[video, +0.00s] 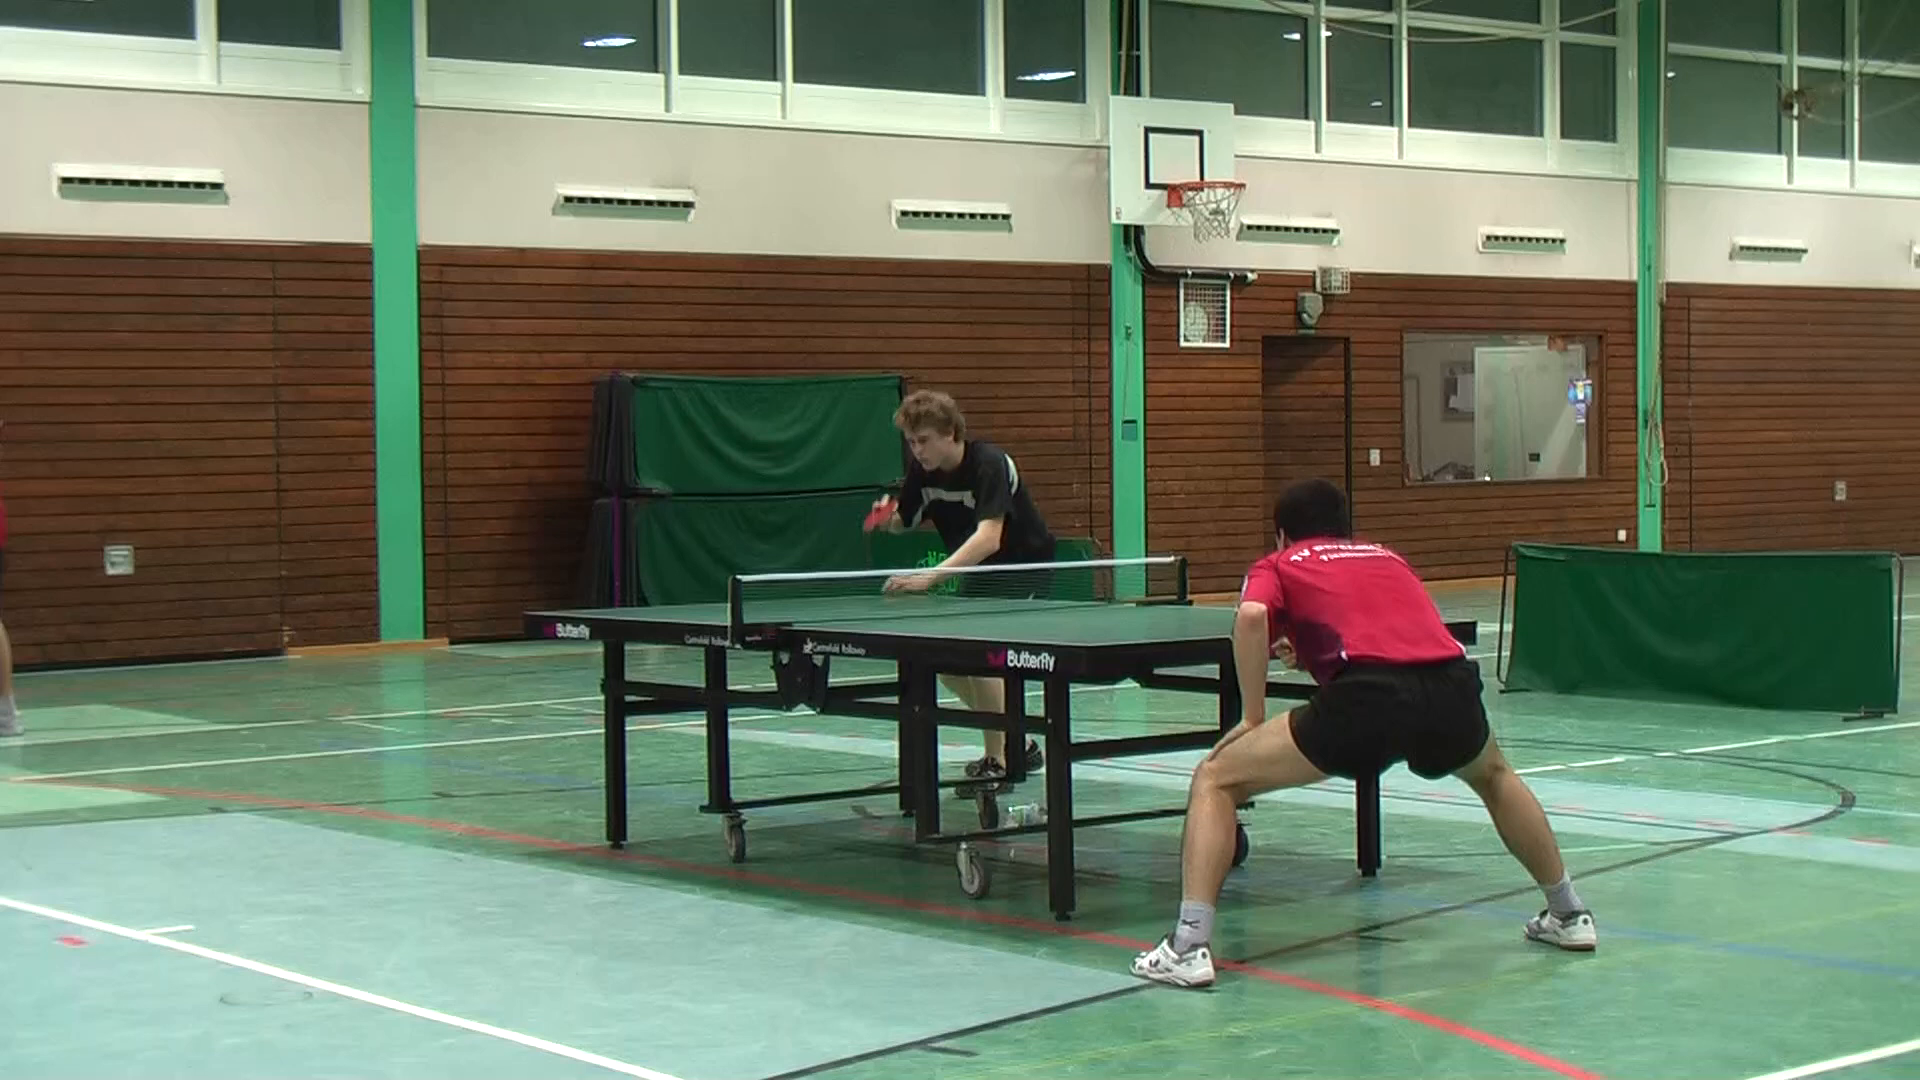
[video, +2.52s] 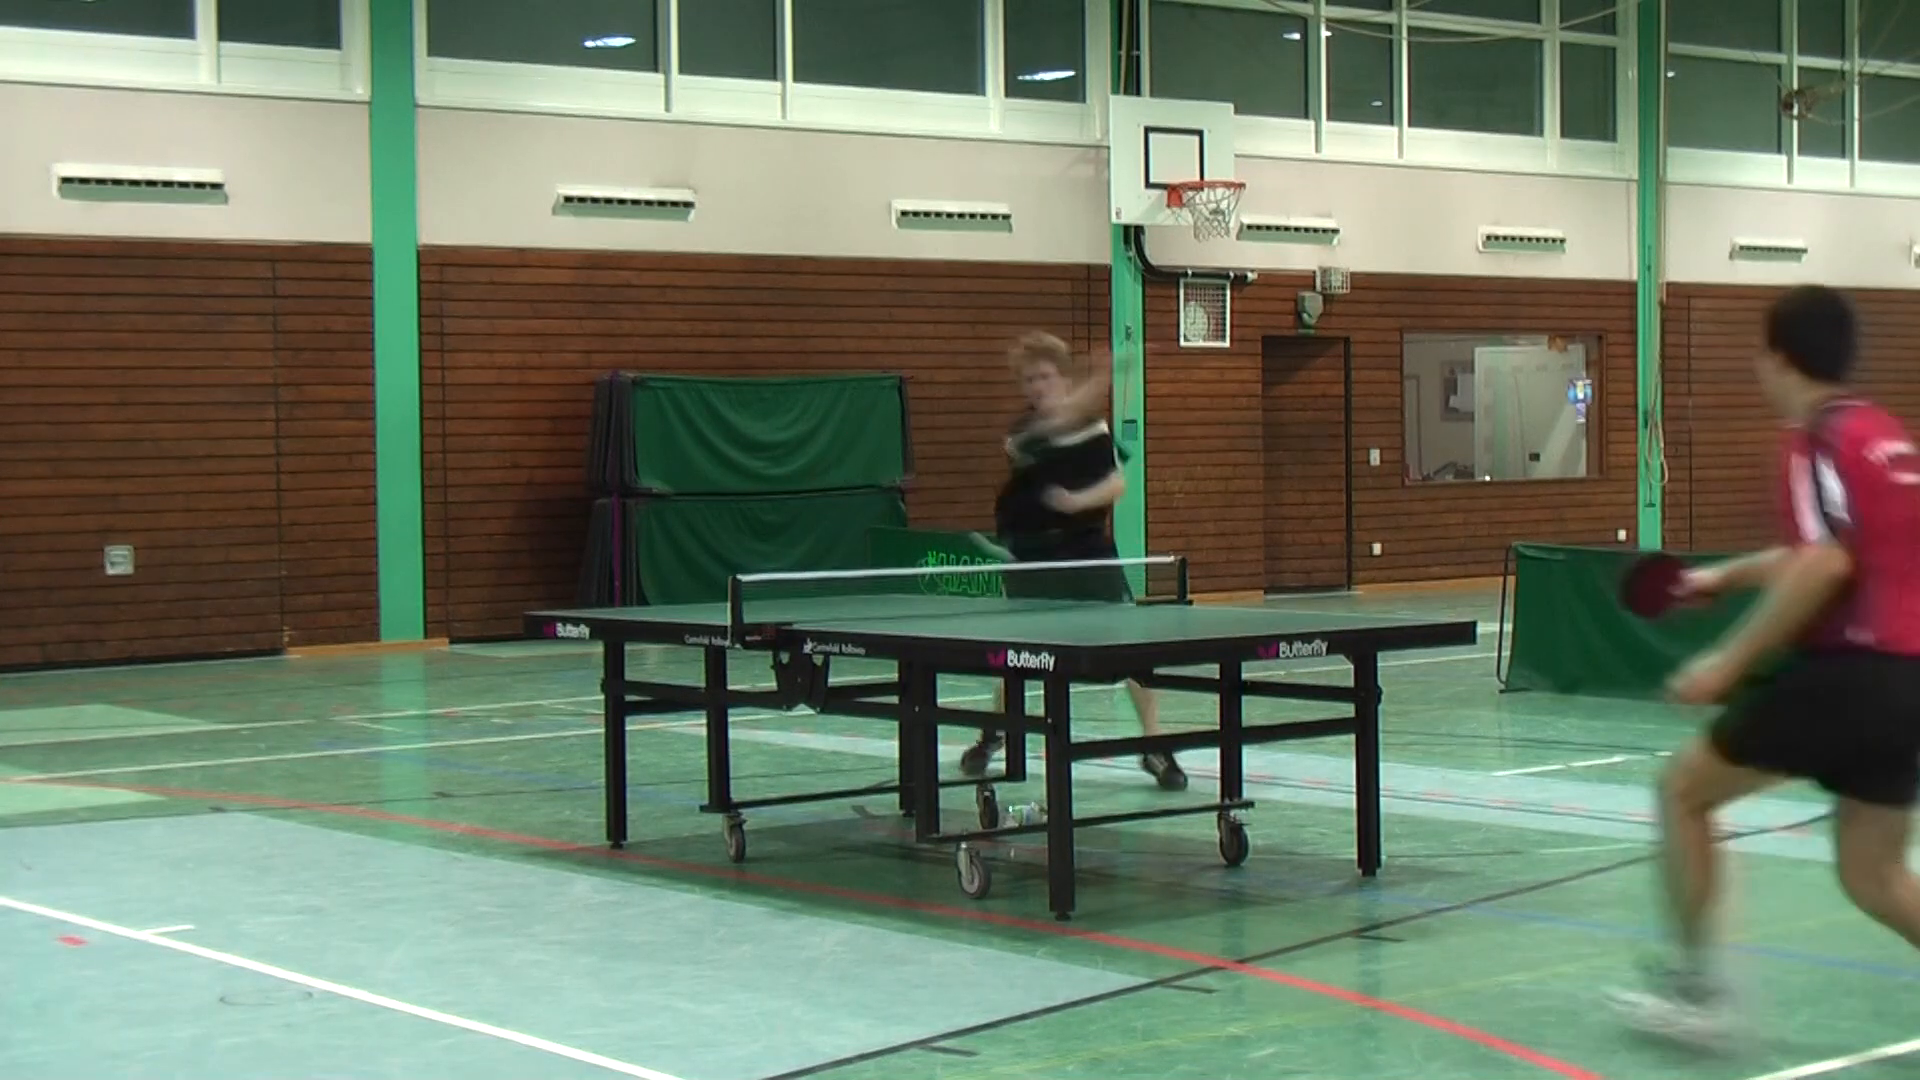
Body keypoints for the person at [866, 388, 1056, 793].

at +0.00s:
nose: (916, 451)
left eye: (922, 440)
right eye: (911, 443)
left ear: (950, 434)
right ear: (909, 441)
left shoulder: (989, 461)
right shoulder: (922, 468)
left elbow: (989, 537)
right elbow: (905, 520)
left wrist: (931, 575)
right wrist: (886, 519)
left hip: (1024, 573)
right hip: (977, 575)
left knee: (980, 659)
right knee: (947, 659)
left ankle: (997, 758)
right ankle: (1018, 745)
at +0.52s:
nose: (910, 417)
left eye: (914, 409)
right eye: (907, 410)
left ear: (942, 397)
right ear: (920, 406)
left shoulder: (980, 433)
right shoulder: (934, 426)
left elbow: (1013, 502)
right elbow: (916, 432)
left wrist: (945, 511)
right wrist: (881, 434)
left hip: (1006, 558)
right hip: (970, 555)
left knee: (978, 652)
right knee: (991, 652)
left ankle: (982, 755)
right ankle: (1020, 747)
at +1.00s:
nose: (900, 407)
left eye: (908, 398)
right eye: (893, 397)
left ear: (931, 393)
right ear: (887, 393)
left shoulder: (969, 421)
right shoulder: (881, 431)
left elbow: (1026, 469)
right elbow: (874, 499)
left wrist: (999, 470)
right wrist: (906, 499)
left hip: (977, 557)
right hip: (925, 561)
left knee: (968, 653)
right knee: (937, 652)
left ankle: (982, 752)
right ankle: (996, 720)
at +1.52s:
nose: (831, 389)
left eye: (839, 381)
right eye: (822, 383)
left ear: (851, 385)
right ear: (808, 389)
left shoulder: (880, 436)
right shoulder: (789, 442)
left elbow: (928, 473)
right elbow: (762, 505)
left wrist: (931, 522)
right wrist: (784, 517)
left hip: (878, 576)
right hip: (810, 579)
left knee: (936, 653)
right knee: (769, 660)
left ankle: (971, 755)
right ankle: (745, 755)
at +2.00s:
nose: (853, 410)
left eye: (860, 398)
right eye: (843, 403)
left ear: (877, 396)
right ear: (835, 408)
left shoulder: (895, 431)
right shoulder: (877, 441)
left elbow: (843, 494)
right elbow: (902, 495)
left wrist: (803, 497)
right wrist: (882, 524)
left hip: (980, 549)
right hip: (927, 556)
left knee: (1017, 644)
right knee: (891, 650)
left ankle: (1081, 737)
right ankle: (867, 754)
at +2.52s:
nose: (1038, 387)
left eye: (1046, 377)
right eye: (1030, 380)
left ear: (1066, 380)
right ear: (1022, 387)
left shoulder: (1091, 430)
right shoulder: (1022, 438)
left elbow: (1116, 484)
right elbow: (1022, 494)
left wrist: (1077, 499)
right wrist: (1010, 528)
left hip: (1092, 560)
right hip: (1034, 564)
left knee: (1136, 651)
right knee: (1014, 654)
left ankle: (1154, 744)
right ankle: (993, 735)